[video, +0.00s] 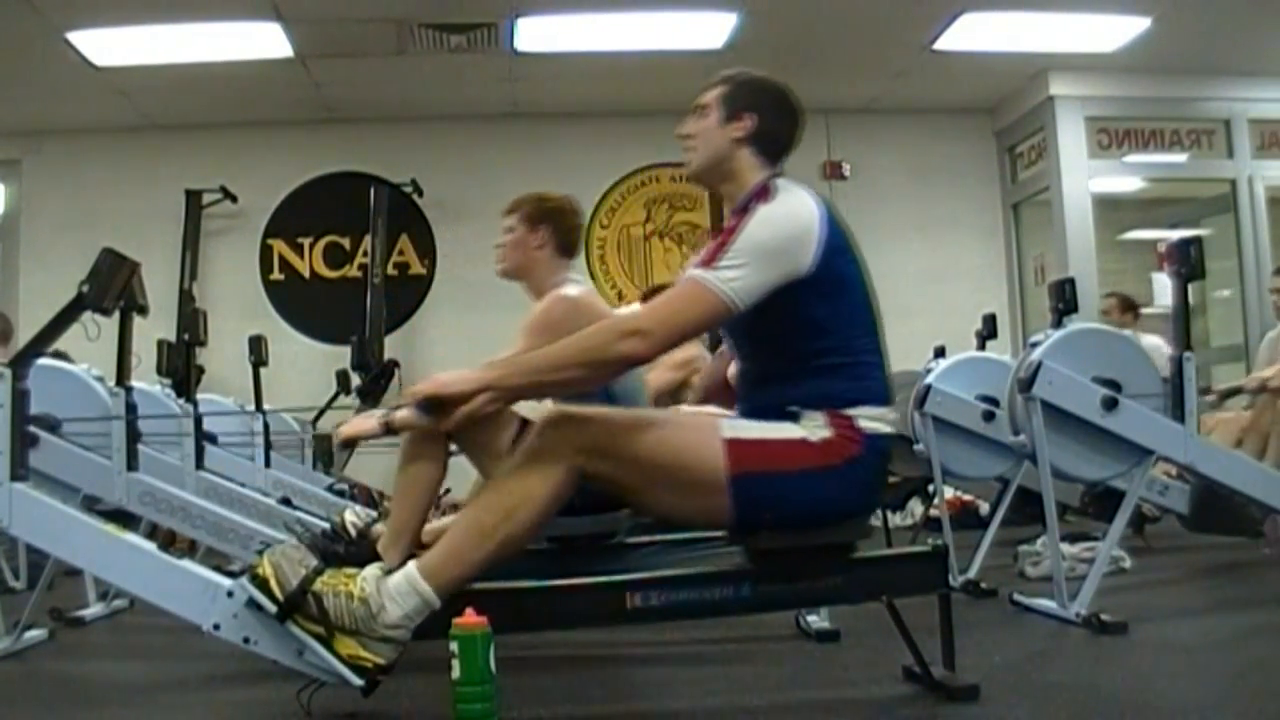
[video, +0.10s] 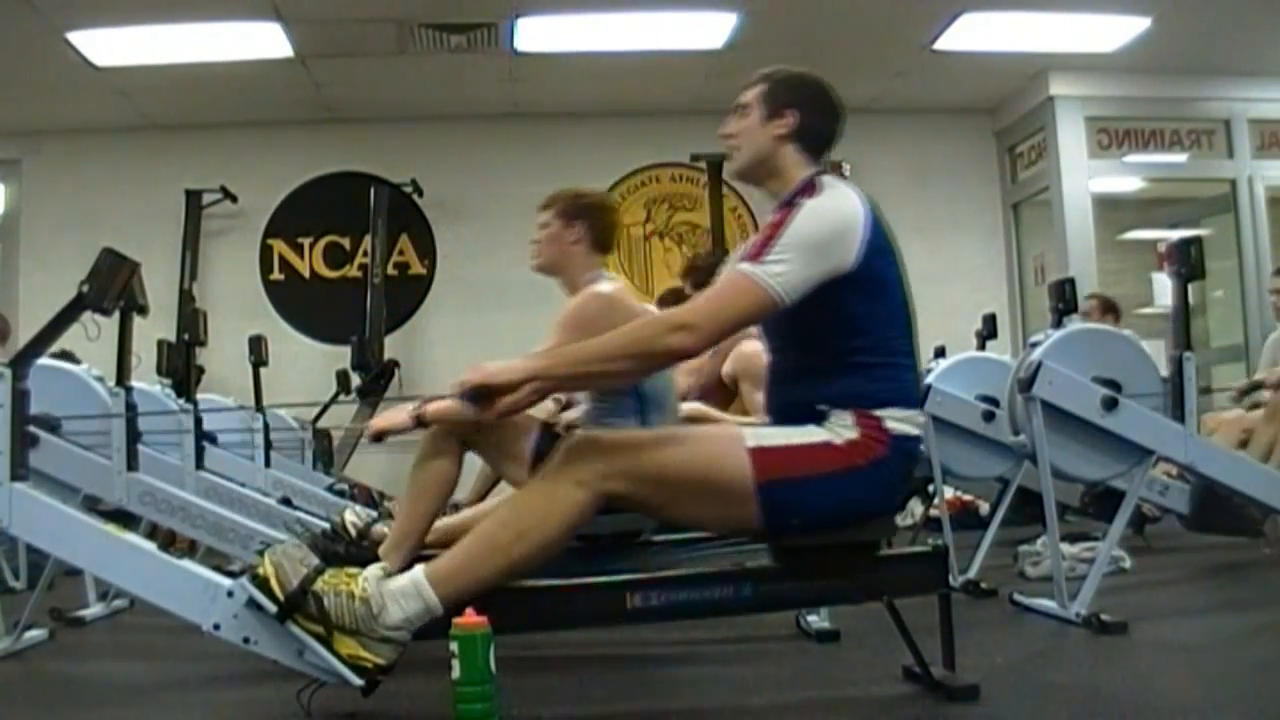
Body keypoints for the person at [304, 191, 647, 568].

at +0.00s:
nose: (498, 243)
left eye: (509, 231)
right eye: (502, 232)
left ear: (540, 239)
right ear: (540, 243)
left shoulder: (563, 307)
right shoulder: (570, 303)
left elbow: (487, 397)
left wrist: (384, 421)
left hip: (592, 487)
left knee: (443, 411)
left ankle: (389, 556)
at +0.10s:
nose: (535, 239)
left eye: (544, 228)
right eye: (538, 229)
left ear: (576, 235)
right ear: (578, 237)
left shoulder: (596, 305)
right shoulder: (610, 297)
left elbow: (515, 401)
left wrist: (417, 413)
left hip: (617, 470)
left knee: (456, 417)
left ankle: (390, 561)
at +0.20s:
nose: (567, 234)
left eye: (578, 223)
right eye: (570, 223)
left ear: (610, 233)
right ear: (610, 234)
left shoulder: (630, 302)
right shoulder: (635, 297)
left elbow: (547, 396)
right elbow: (558, 395)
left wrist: (446, 407)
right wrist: (463, 405)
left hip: (640, 460)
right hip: (639, 450)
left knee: (473, 432)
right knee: (501, 432)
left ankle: (392, 563)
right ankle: (408, 537)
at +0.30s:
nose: (595, 234)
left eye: (605, 222)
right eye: (596, 223)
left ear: (640, 228)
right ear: (639, 231)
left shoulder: (659, 297)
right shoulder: (675, 291)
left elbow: (569, 396)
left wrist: (482, 403)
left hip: (661, 459)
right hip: (671, 453)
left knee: (492, 437)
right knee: (505, 428)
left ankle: (390, 568)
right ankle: (408, 539)